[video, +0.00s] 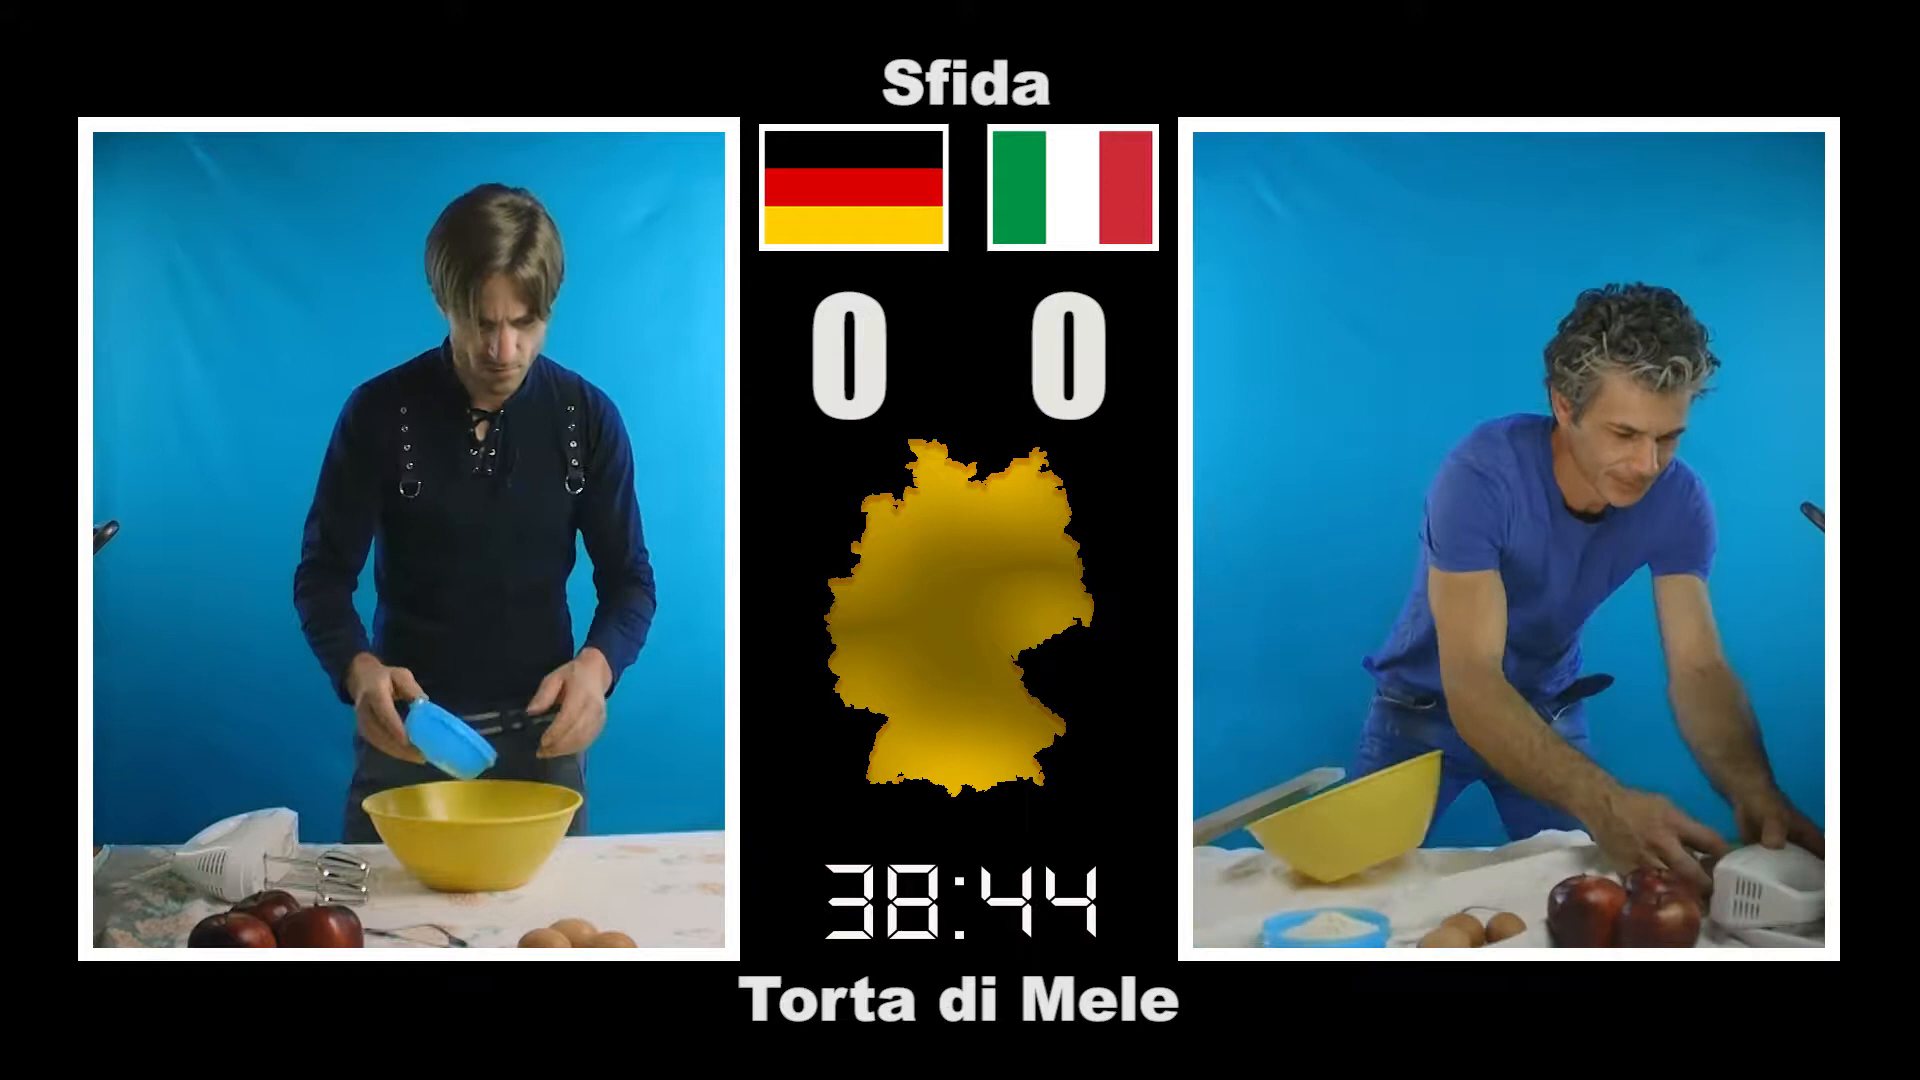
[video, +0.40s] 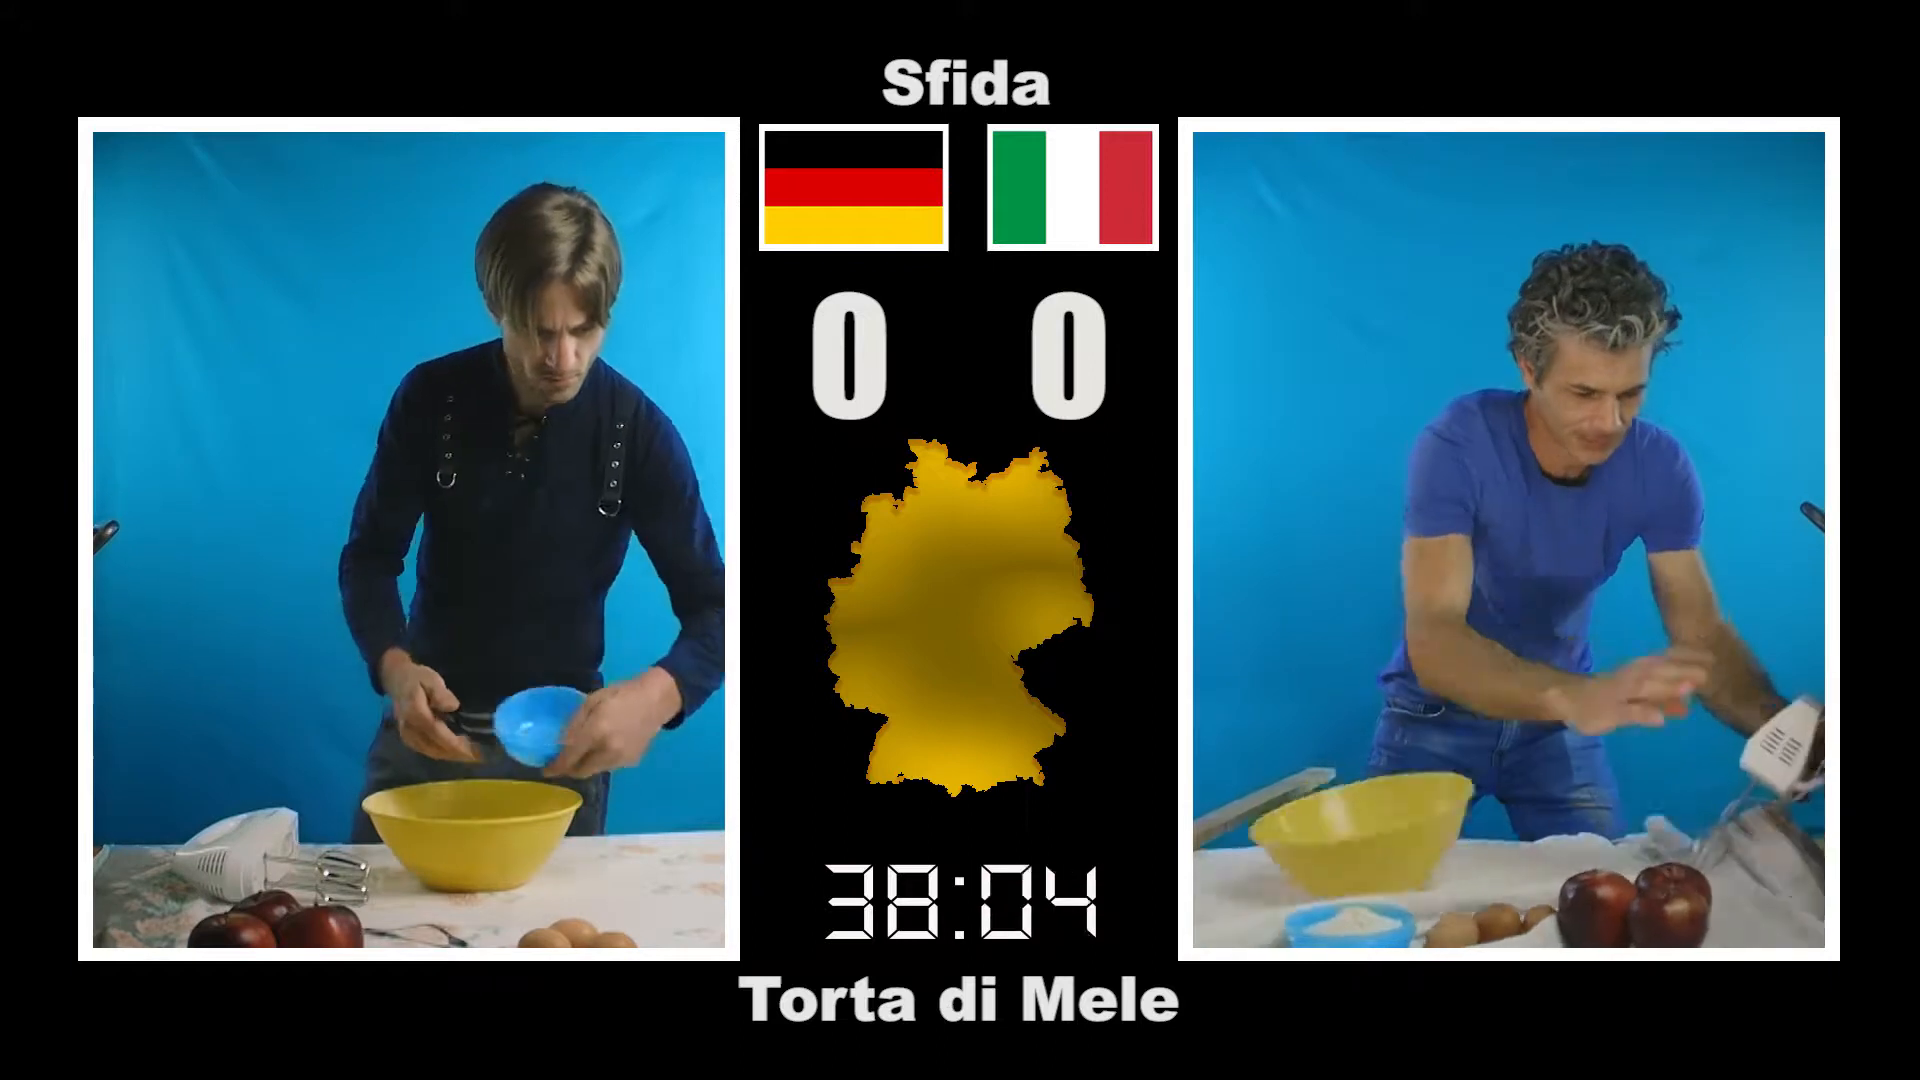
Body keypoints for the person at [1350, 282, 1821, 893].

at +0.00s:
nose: (1647, 465)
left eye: (1667, 438)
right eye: (1623, 435)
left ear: (1684, 419)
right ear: (1564, 407)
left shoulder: (1674, 500)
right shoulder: (1479, 478)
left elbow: (1699, 669)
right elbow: (1474, 688)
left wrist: (1755, 791)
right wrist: (1606, 808)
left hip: (1544, 709)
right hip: (1423, 704)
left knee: (1589, 903)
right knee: (1358, 892)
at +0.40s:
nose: (1609, 422)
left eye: (1630, 395)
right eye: (1583, 395)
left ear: (1648, 374)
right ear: (1528, 368)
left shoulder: (1656, 467)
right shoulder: (1457, 448)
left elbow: (1702, 636)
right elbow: (1434, 644)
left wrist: (1789, 735)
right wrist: (1568, 696)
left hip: (1556, 729)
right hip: (1433, 719)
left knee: (1607, 922)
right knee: (1384, 922)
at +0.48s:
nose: (1605, 412)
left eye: (1624, 385)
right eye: (1579, 385)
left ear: (1640, 365)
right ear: (1522, 362)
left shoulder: (1649, 466)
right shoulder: (1453, 443)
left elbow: (1703, 648)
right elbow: (1458, 625)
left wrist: (1795, 734)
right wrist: (1617, 657)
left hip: (1553, 735)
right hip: (1425, 734)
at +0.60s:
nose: (1405, 350)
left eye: (1430, 321)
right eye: (1379, 322)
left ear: (1468, 294)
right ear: (1352, 297)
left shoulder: (1529, 397)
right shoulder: (1310, 423)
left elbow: (1583, 573)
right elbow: (1244, 613)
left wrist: (1604, 745)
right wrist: (1234, 764)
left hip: (1525, 765)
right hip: (1380, 769)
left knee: (1533, 963)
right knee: (1381, 972)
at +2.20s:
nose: (1447, 344)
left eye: (1472, 317)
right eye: (1423, 317)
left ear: (1507, 292)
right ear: (1396, 292)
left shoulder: (1562, 402)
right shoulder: (1343, 406)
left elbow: (1618, 576)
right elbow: (1269, 587)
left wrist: (1550, 718)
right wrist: (1319, 723)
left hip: (1520, 752)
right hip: (1382, 753)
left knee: (1529, 948)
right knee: (1388, 951)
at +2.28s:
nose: (1506, 355)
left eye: (1532, 329)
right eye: (1481, 329)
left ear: (1568, 300)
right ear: (1452, 299)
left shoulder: (1623, 411)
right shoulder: (1399, 405)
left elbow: (1685, 569)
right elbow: (1350, 593)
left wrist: (1668, 658)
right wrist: (1462, 675)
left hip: (1562, 762)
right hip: (1425, 756)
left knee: (1562, 952)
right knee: (1421, 952)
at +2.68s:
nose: (1505, 347)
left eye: (1529, 319)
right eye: (1481, 320)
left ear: (1565, 295)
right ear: (1454, 295)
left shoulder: (1620, 413)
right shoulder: (1393, 401)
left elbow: (1663, 589)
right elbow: (1340, 560)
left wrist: (1580, 697)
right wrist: (1383, 647)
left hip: (1560, 761)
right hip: (1418, 751)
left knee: (1559, 951)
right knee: (1411, 951)